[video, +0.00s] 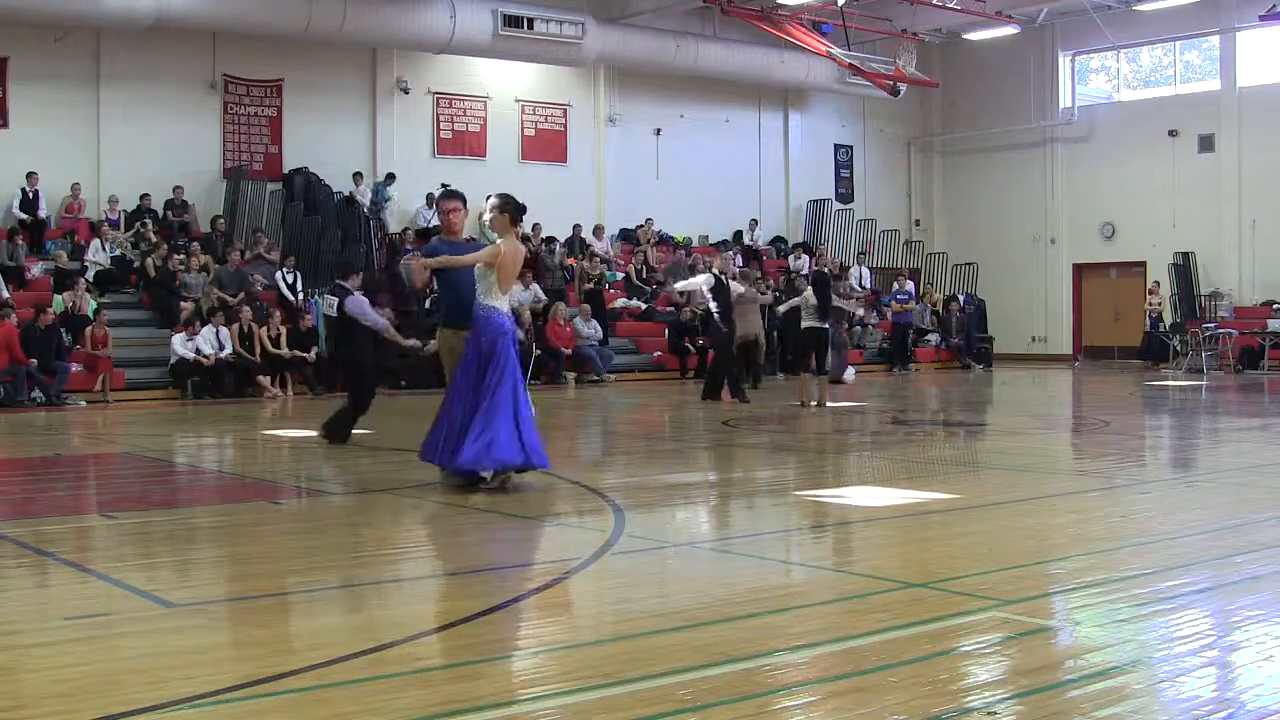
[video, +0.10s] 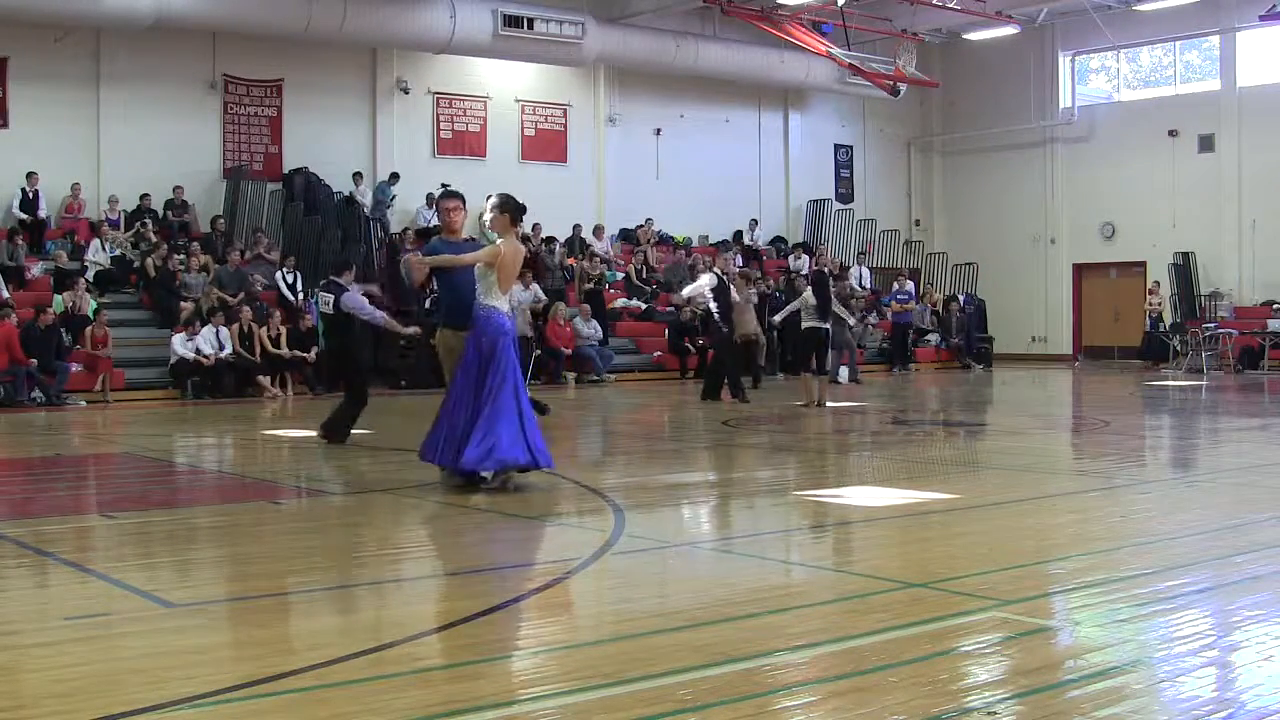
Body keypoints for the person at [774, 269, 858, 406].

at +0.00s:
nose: (809, 282)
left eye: (810, 280)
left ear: (813, 282)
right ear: (827, 283)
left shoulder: (807, 295)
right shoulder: (828, 296)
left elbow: (791, 302)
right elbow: (843, 304)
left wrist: (780, 309)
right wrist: (857, 309)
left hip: (808, 329)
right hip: (823, 329)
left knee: (804, 364)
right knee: (822, 365)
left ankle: (804, 397)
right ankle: (823, 398)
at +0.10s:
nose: (808, 282)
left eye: (809, 280)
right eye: (809, 280)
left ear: (812, 281)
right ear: (826, 282)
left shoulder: (807, 295)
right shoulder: (828, 297)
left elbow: (791, 307)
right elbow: (840, 310)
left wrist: (777, 318)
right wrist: (852, 321)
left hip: (809, 330)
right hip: (824, 331)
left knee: (805, 365)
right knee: (822, 366)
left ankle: (809, 398)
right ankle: (822, 399)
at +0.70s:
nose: (799, 285)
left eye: (801, 283)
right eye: (801, 283)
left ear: (803, 285)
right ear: (815, 285)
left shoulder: (798, 300)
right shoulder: (819, 299)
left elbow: (794, 323)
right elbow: (822, 321)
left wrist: (791, 341)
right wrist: (827, 337)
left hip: (802, 335)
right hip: (816, 335)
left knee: (792, 366)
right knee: (813, 369)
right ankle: (820, 398)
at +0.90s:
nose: (795, 287)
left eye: (796, 285)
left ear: (798, 287)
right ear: (810, 288)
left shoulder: (791, 302)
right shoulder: (812, 301)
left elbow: (779, 318)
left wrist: (771, 331)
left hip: (796, 335)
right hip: (811, 336)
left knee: (791, 368)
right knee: (803, 369)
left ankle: (791, 396)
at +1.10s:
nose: (790, 286)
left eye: (792, 284)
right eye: (791, 284)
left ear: (795, 286)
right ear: (808, 286)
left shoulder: (790, 302)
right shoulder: (811, 301)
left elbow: (778, 317)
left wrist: (765, 321)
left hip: (795, 334)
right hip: (811, 335)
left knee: (791, 369)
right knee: (804, 369)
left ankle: (790, 397)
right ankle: (807, 397)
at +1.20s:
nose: (793, 285)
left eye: (794, 283)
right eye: (794, 282)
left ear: (796, 285)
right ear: (809, 285)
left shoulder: (791, 301)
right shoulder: (812, 299)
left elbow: (779, 316)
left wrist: (767, 315)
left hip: (796, 333)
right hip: (811, 334)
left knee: (791, 368)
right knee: (803, 369)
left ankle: (790, 397)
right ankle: (808, 397)